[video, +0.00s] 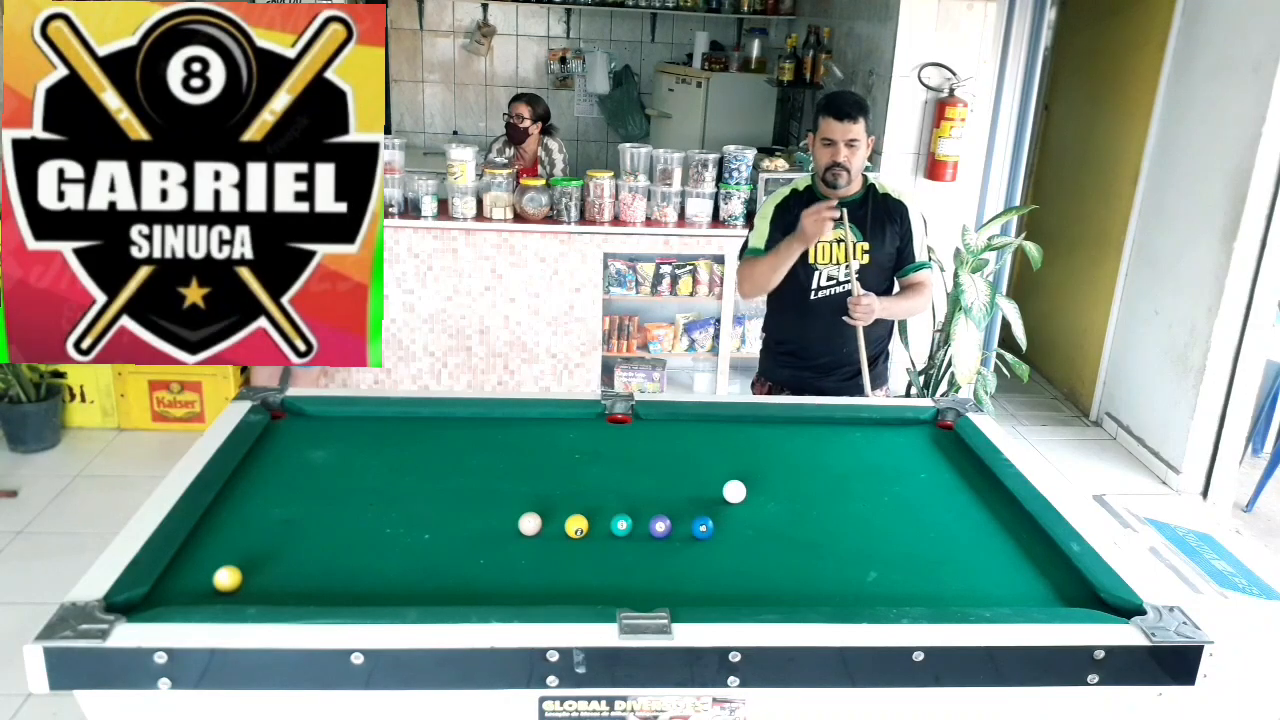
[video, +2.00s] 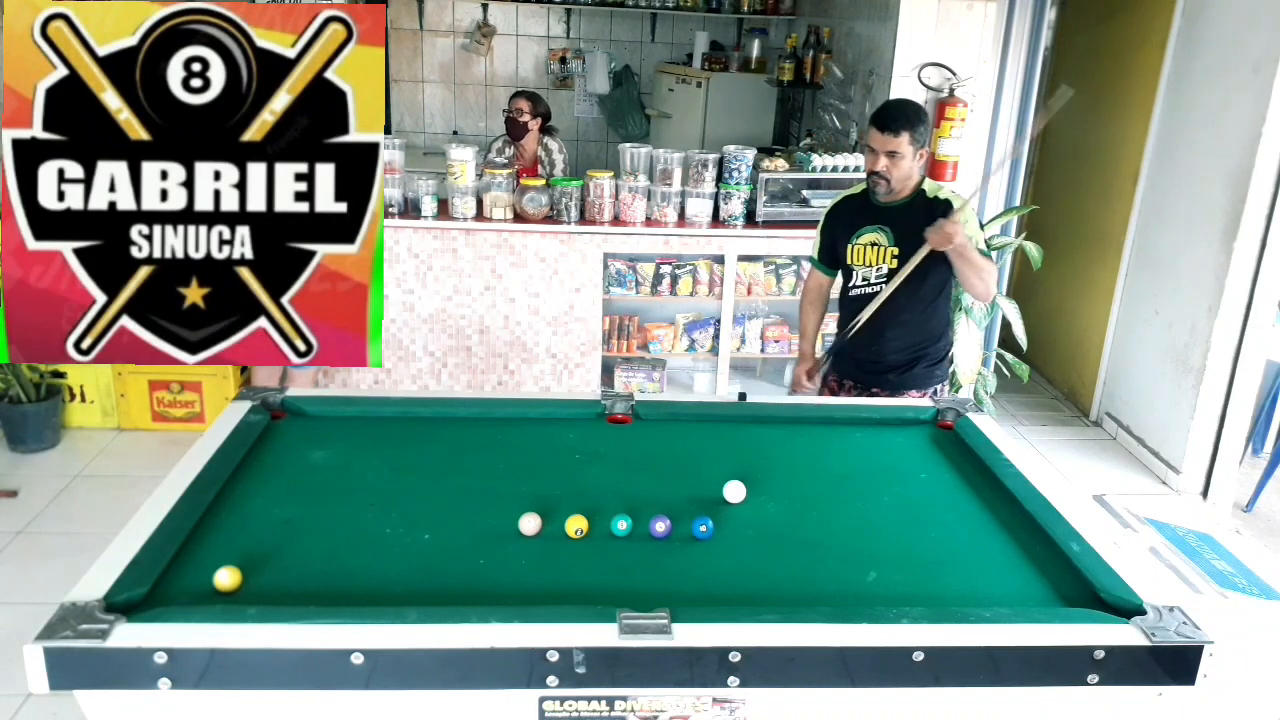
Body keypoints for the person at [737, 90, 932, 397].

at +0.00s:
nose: (839, 156)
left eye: (851, 145)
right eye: (828, 144)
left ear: (869, 148)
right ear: (811, 145)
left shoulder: (894, 212)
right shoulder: (782, 206)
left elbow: (921, 293)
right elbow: (747, 286)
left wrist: (881, 307)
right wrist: (799, 241)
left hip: (862, 393)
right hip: (784, 390)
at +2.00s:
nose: (877, 166)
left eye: (892, 156)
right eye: (871, 152)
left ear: (921, 158)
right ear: (863, 147)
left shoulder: (948, 212)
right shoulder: (842, 212)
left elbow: (985, 291)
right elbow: (817, 286)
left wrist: (956, 245)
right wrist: (806, 355)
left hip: (915, 388)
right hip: (846, 382)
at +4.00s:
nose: (853, 346)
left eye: (864, 337)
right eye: (846, 333)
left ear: (898, 324)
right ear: (841, 317)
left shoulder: (931, 350)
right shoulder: (893, 272)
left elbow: (898, 415)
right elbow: (907, 231)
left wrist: (828, 440)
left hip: (1026, 377)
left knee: (990, 478)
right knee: (951, 462)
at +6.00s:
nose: (844, 349)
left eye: (854, 338)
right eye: (837, 336)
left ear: (889, 326)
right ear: (833, 318)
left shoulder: (926, 351)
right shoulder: (885, 272)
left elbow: (893, 415)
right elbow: (901, 229)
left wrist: (824, 439)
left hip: (1021, 375)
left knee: (986, 475)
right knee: (946, 459)